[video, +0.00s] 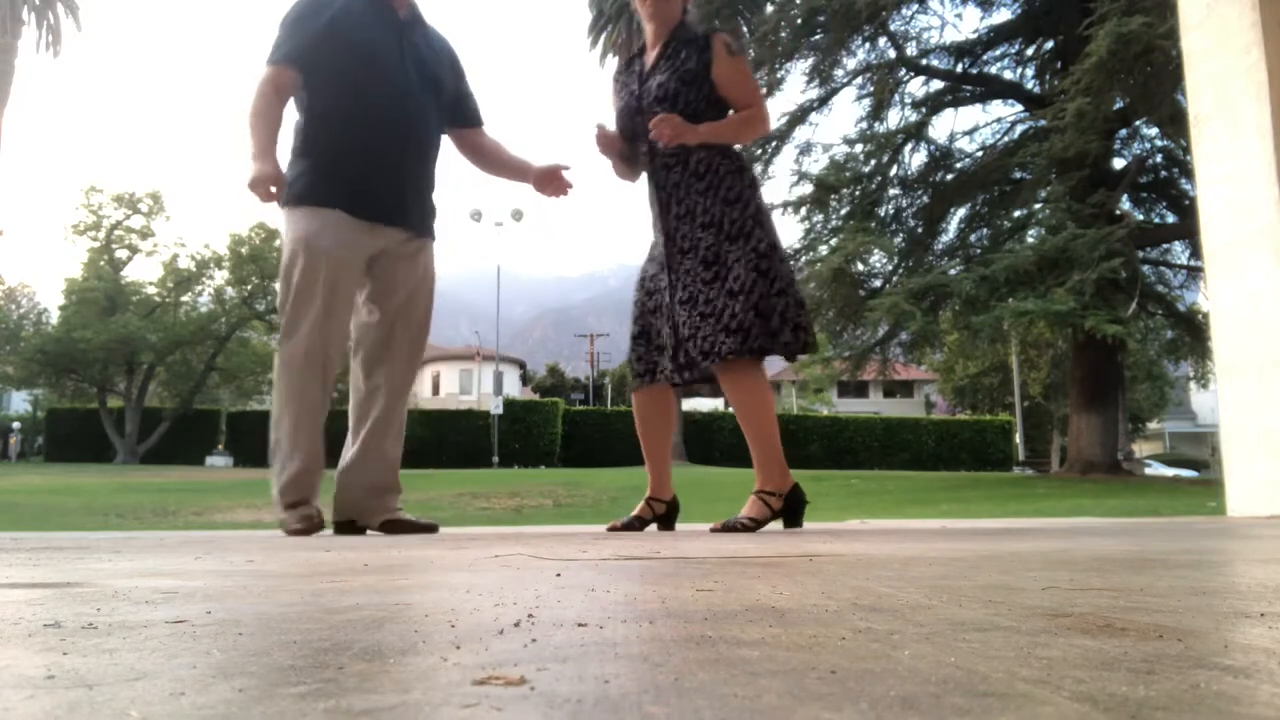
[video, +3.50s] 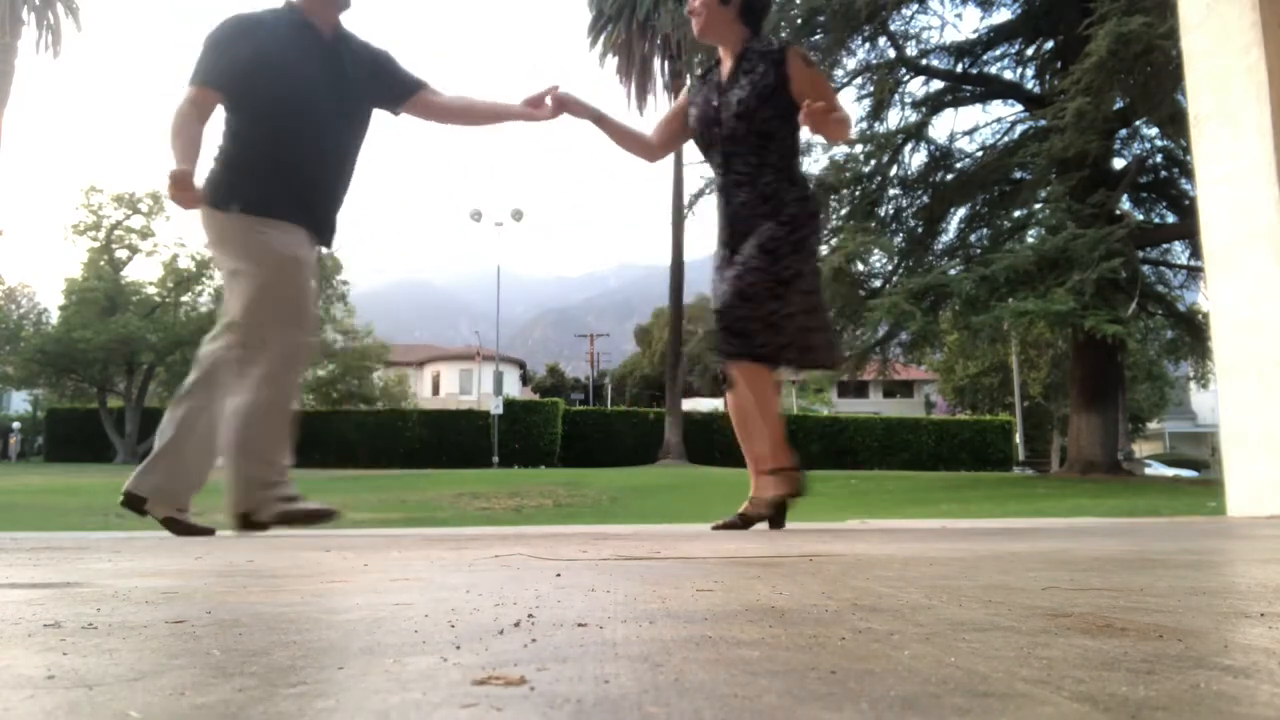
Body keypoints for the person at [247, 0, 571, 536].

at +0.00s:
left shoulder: (438, 49)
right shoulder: (325, 10)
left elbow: (471, 139)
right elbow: (274, 86)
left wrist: (531, 173)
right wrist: (263, 158)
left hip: (407, 224)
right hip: (326, 209)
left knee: (389, 368)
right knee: (309, 357)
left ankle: (366, 507)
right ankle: (297, 503)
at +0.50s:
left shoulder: (377, 29)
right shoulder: (266, 1)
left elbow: (384, 123)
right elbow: (214, 43)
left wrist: (465, 160)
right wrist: (247, 135)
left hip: (360, 206)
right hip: (282, 188)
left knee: (375, 353)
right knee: (257, 346)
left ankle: (366, 500)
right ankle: (221, 505)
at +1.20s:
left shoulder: (352, 32)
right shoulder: (243, 1)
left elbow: (358, 129)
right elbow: (195, 41)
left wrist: (439, 168)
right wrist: (277, 54)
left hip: (323, 201)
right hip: (241, 181)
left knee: (358, 351)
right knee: (247, 343)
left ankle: (341, 505)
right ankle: (219, 506)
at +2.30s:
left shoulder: (365, 16)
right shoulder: (242, 2)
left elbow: (402, 115)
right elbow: (196, 37)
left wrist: (491, 138)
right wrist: (238, 119)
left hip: (332, 192)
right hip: (248, 175)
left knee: (341, 348)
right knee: (236, 344)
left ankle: (340, 504)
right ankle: (219, 505)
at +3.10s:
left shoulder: (353, 38)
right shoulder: (229, 5)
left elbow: (424, 113)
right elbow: (181, 70)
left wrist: (513, 122)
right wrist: (202, 113)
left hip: (314, 208)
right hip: (233, 197)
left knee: (324, 340)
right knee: (239, 350)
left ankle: (266, 485)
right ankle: (250, 503)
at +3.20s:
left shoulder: (353, 47)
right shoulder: (229, 10)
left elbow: (429, 109)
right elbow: (180, 90)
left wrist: (516, 138)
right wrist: (181, 147)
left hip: (303, 221)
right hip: (224, 202)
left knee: (290, 352)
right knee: (233, 353)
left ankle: (184, 459)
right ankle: (251, 504)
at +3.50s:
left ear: (342, 2)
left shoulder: (365, 61)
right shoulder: (249, 31)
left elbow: (436, 104)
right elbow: (194, 107)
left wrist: (521, 111)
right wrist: (184, 169)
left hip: (295, 228)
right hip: (245, 214)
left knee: (234, 353)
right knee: (284, 346)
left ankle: (159, 488)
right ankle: (260, 499)